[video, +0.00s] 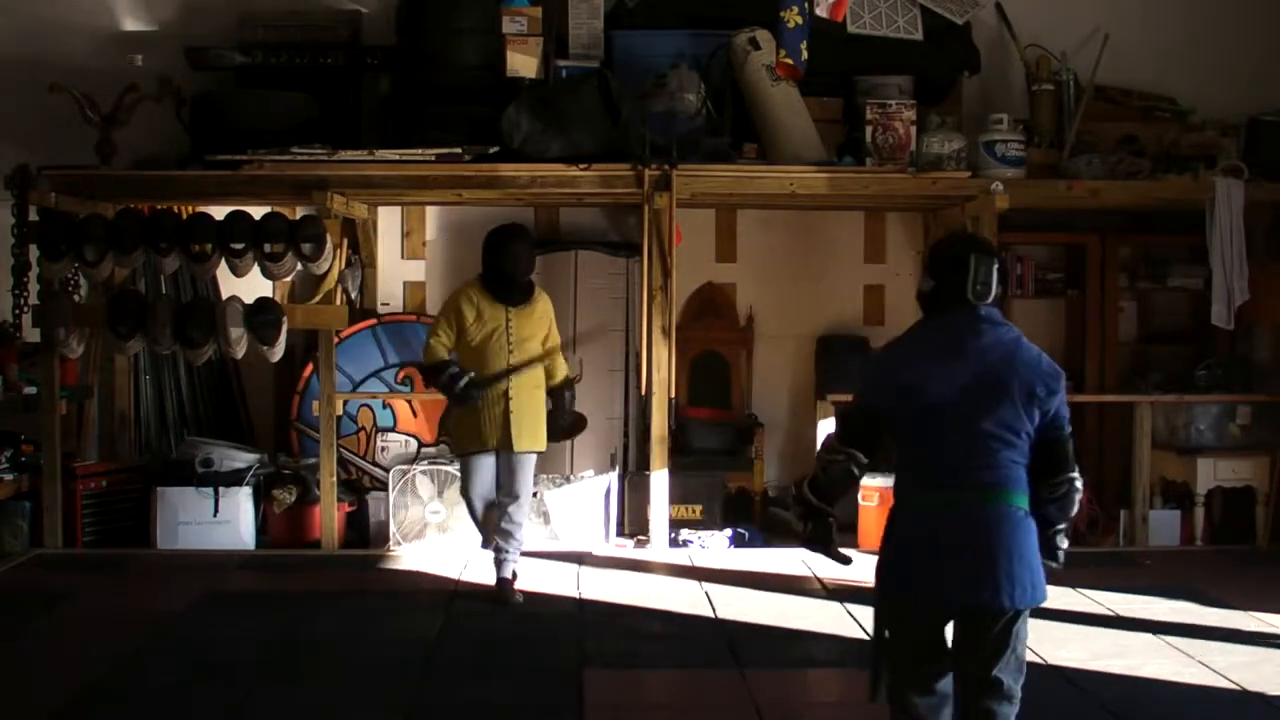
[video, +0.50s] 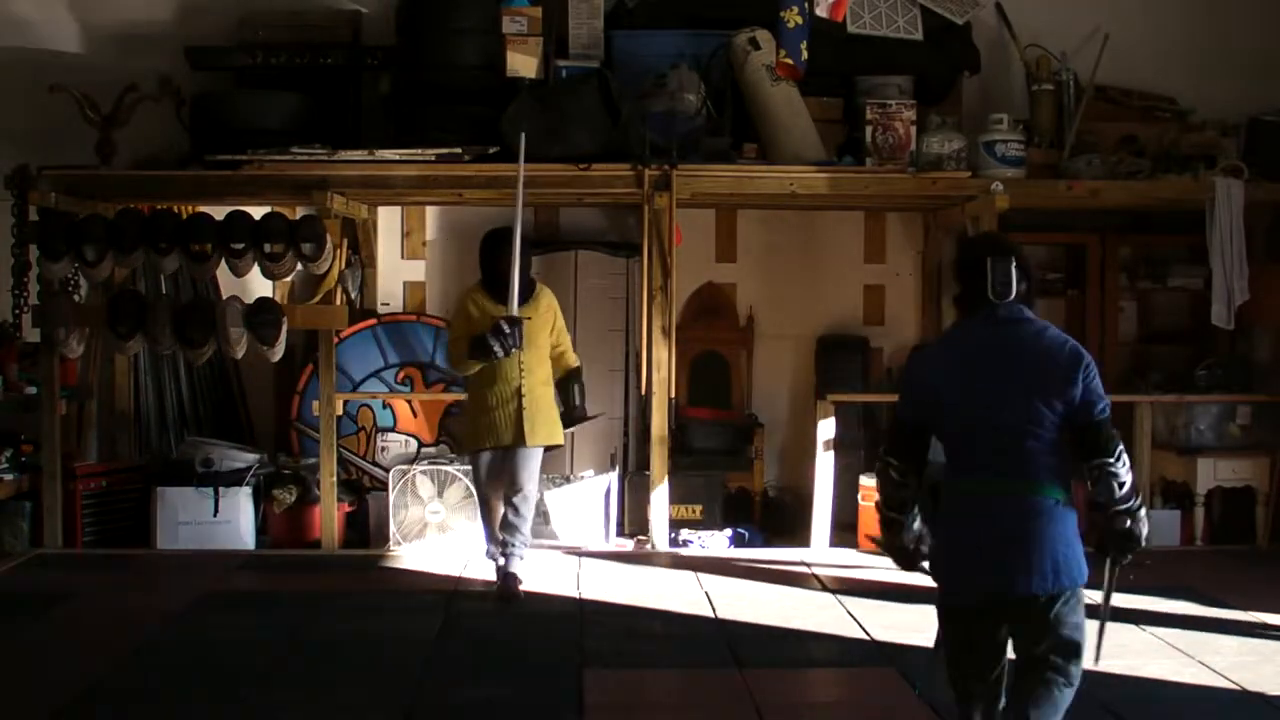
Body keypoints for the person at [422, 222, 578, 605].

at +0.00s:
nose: (527, 268)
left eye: (529, 260)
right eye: (517, 260)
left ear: (533, 262)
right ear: (495, 261)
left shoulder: (540, 303)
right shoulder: (466, 300)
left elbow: (553, 355)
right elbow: (433, 351)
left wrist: (563, 401)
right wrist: (454, 379)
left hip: (525, 419)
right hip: (478, 417)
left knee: (517, 496)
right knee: (478, 494)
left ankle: (507, 572)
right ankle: (498, 545)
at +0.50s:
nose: (516, 268)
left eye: (521, 259)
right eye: (507, 260)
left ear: (529, 260)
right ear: (489, 262)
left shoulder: (544, 299)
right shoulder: (472, 302)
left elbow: (561, 350)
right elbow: (456, 361)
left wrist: (572, 388)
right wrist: (483, 347)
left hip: (534, 413)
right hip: (488, 415)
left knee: (524, 491)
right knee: (488, 492)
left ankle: (512, 565)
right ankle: (497, 557)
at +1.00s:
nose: (545, 266)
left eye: (550, 256)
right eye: (535, 258)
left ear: (557, 257)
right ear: (518, 260)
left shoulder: (572, 299)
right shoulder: (501, 299)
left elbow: (588, 352)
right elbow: (484, 360)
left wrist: (601, 395)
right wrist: (514, 344)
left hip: (564, 416)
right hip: (518, 417)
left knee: (572, 496)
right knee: (509, 495)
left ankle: (581, 568)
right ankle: (508, 565)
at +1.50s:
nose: (592, 265)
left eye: (595, 257)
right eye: (583, 258)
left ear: (600, 260)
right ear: (566, 263)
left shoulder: (614, 301)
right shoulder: (548, 302)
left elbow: (631, 357)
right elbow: (533, 363)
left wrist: (638, 388)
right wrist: (569, 343)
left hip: (611, 414)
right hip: (569, 414)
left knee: (601, 496)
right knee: (566, 488)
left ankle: (587, 573)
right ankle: (533, 558)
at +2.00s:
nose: (618, 266)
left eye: (618, 257)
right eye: (609, 258)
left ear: (619, 261)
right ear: (585, 262)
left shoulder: (626, 304)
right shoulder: (560, 307)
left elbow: (637, 359)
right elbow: (538, 363)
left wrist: (647, 388)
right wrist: (576, 366)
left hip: (621, 421)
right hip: (582, 424)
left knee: (606, 504)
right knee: (590, 506)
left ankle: (593, 578)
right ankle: (593, 586)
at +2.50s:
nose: (625, 271)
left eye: (626, 263)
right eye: (617, 263)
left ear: (624, 266)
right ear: (594, 265)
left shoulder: (627, 304)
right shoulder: (565, 310)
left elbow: (639, 355)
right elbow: (546, 372)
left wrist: (644, 394)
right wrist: (549, 428)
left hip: (612, 426)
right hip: (579, 429)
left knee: (580, 500)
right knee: (590, 505)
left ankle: (555, 575)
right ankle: (593, 587)